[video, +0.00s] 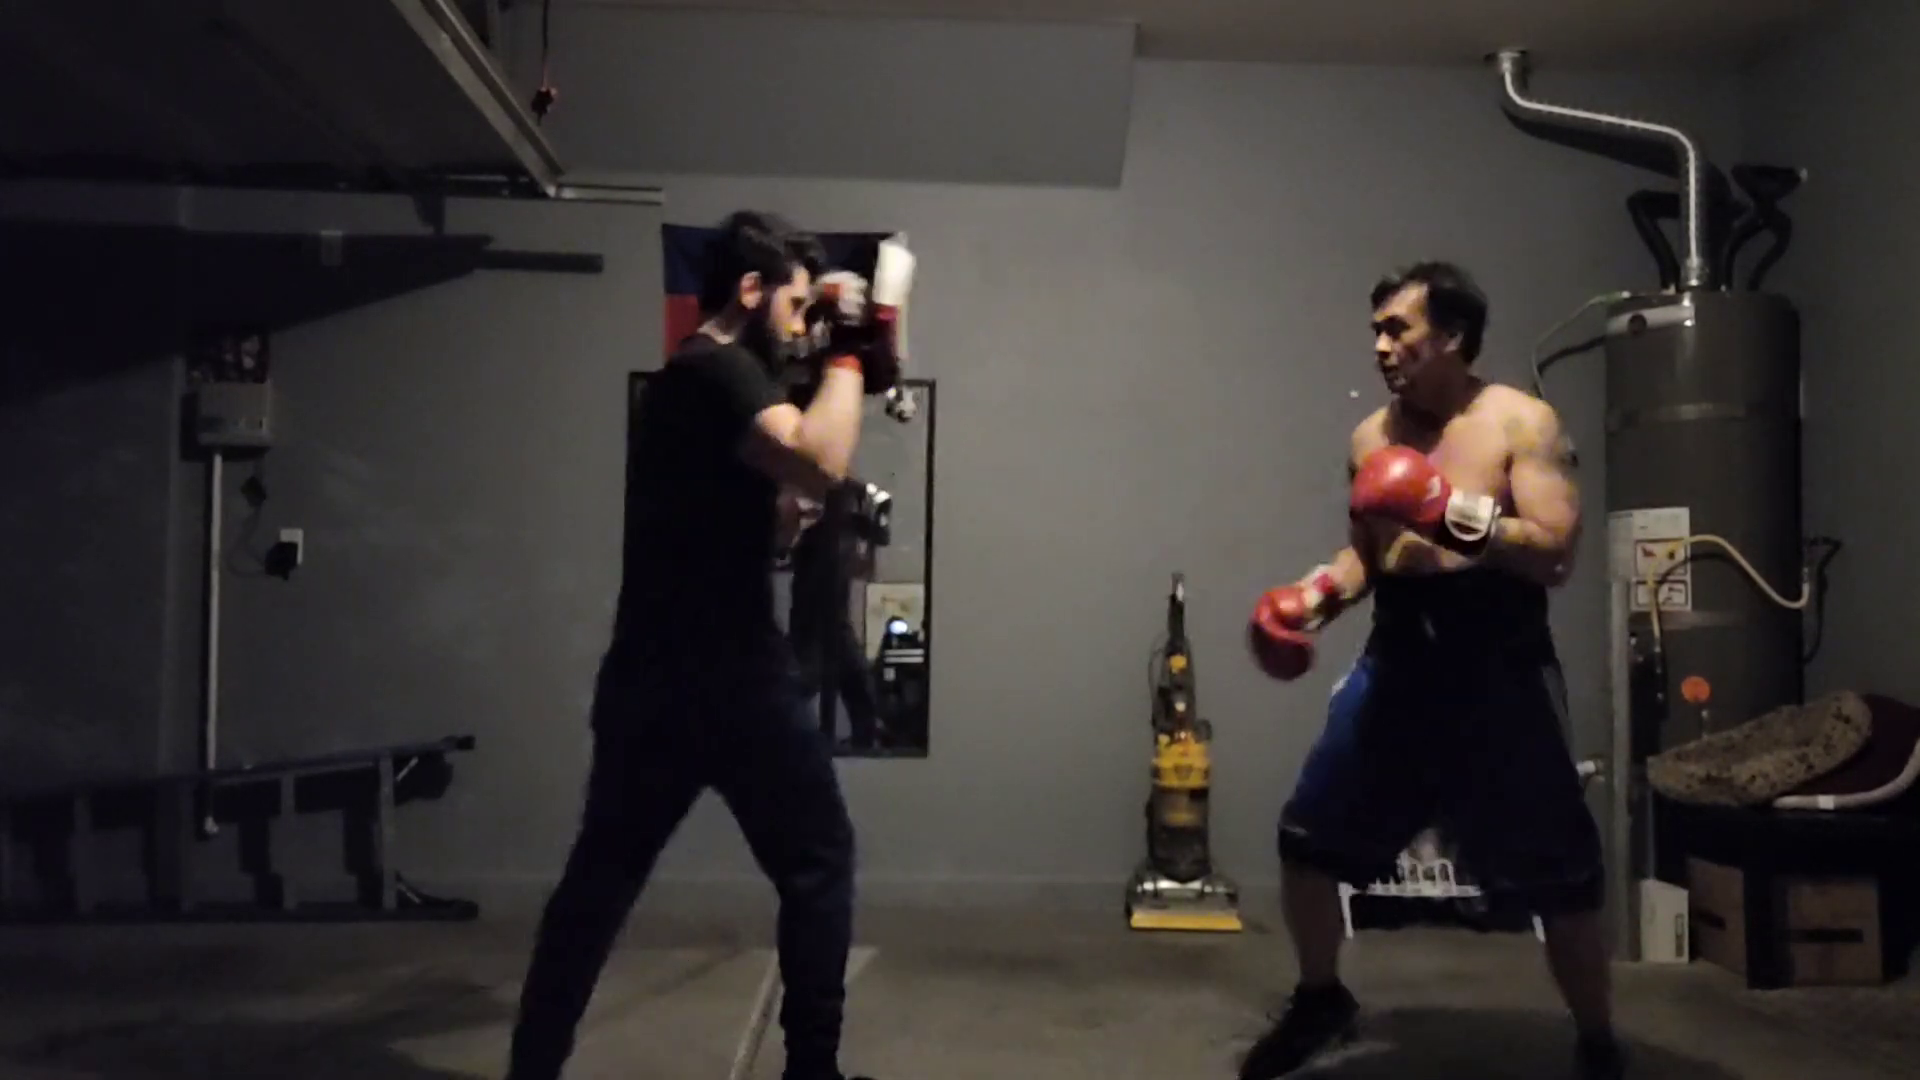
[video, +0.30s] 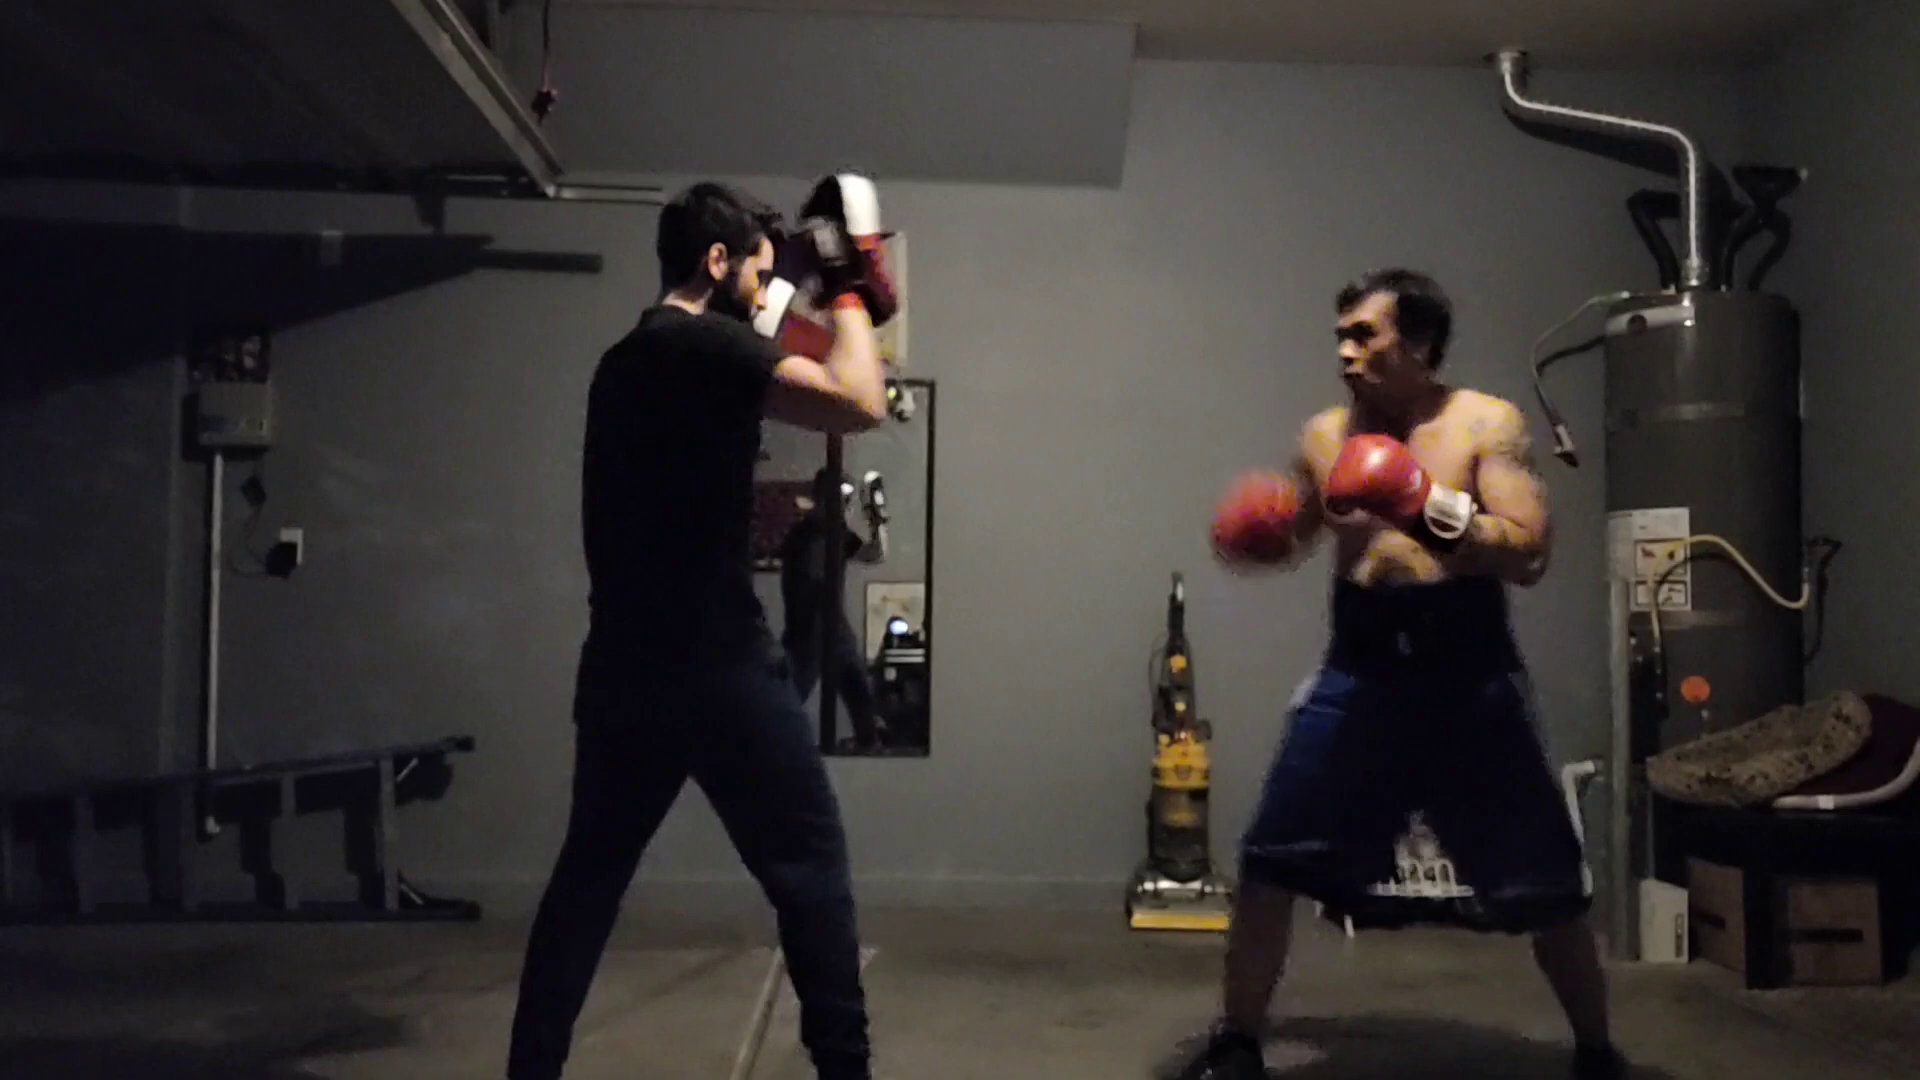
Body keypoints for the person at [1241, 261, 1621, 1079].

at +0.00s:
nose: (1381, 349)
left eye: (1396, 331)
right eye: (1377, 335)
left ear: (1454, 337)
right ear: (1387, 347)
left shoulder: (1523, 419)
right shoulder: (1375, 436)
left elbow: (1553, 550)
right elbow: (1366, 552)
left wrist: (1449, 510)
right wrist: (1310, 600)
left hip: (1502, 683)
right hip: (1397, 681)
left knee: (1564, 872)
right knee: (1307, 837)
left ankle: (1597, 1045)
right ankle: (1320, 998)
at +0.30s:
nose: (1345, 353)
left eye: (1361, 336)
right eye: (1340, 339)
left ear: (1418, 343)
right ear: (1345, 349)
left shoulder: (1488, 421)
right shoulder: (1327, 436)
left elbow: (1528, 551)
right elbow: (1298, 532)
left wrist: (1423, 504)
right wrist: (1261, 529)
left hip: (1472, 689)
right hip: (1357, 686)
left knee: (1547, 886)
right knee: (1268, 862)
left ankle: (1596, 1053)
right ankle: (1237, 1045)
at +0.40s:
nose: (1311, 343)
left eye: (1327, 327)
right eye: (1305, 328)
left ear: (1382, 335)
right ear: (1302, 338)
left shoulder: (1451, 416)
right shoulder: (1276, 413)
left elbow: (1519, 540)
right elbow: (1176, 476)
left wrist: (1425, 510)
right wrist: (1161, 423)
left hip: (1429, 684)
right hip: (1314, 681)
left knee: (1515, 879)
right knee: (1236, 866)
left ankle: (1590, 1043)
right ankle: (1220, 1044)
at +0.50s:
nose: (1256, 343)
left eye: (1273, 326)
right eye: (1251, 329)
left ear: (1332, 333)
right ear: (1250, 338)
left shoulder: (1399, 406)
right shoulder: (1234, 408)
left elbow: (1480, 520)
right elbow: (1114, 428)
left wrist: (1399, 490)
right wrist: (1071, 365)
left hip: (1401, 676)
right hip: (1290, 677)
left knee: (1492, 872)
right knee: (1215, 868)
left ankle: (1572, 1029)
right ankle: (1200, 1047)